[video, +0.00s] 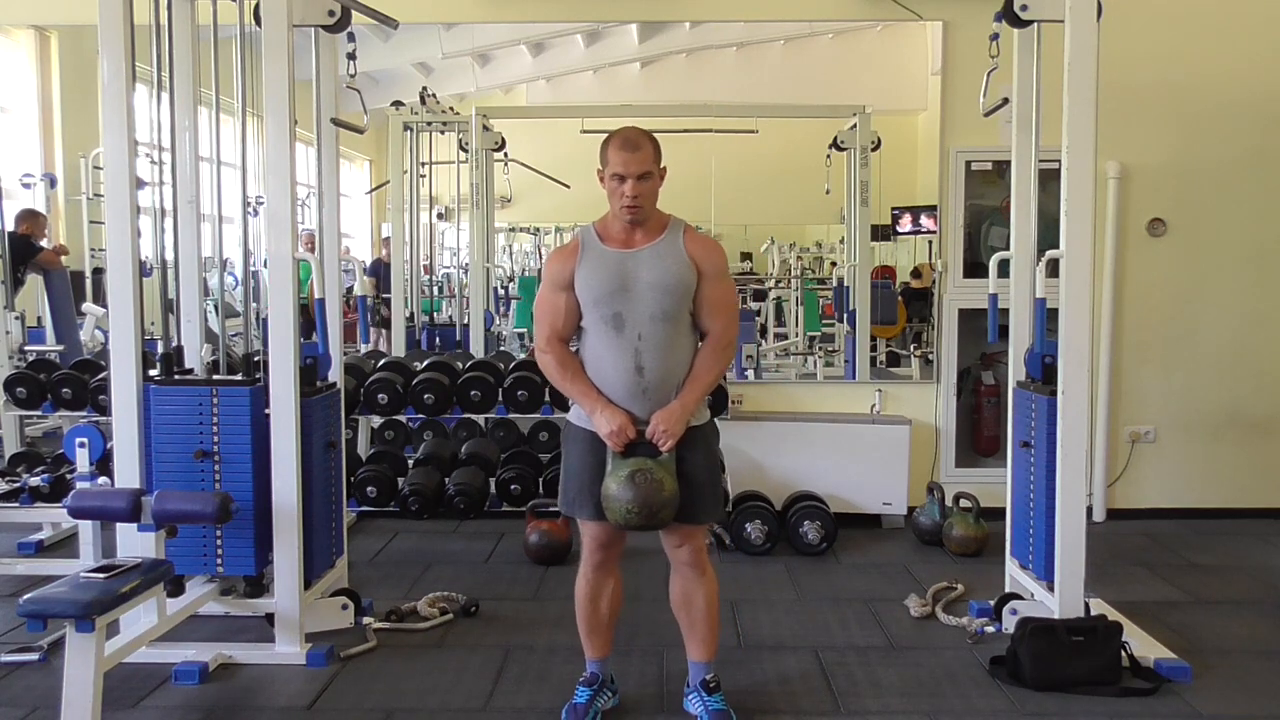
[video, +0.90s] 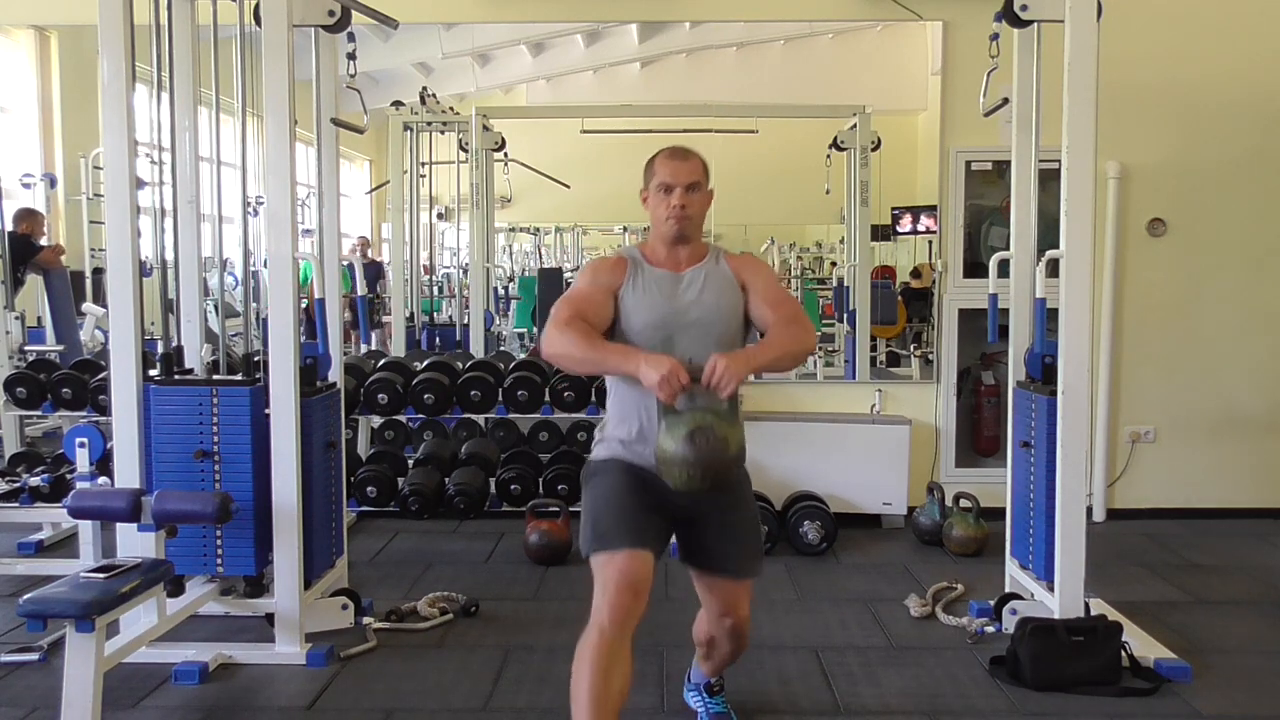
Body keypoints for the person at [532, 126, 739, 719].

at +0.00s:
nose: (631, 190)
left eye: (643, 178)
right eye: (619, 179)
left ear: (661, 175)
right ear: (602, 179)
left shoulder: (701, 252)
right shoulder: (568, 260)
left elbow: (721, 337)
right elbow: (549, 346)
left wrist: (684, 405)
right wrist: (598, 409)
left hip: (681, 427)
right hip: (594, 427)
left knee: (689, 548)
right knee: (598, 547)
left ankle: (702, 684)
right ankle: (596, 678)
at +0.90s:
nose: (680, 201)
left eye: (692, 189)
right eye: (666, 190)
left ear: (708, 198)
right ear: (646, 199)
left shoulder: (744, 271)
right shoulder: (610, 272)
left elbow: (801, 337)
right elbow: (557, 340)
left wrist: (748, 359)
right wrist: (639, 361)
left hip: (715, 461)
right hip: (628, 459)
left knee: (730, 620)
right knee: (620, 599)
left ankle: (702, 683)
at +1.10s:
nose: (654, 267)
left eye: (668, 255)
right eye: (640, 255)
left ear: (686, 263)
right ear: (618, 265)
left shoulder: (712, 326)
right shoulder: (587, 329)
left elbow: (809, 309)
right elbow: (518, 314)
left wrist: (735, 301)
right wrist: (619, 302)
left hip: (700, 538)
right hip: (605, 532)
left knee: (733, 703)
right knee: (605, 665)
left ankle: (711, 710)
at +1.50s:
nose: (645, 349)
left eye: (660, 335)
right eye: (630, 336)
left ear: (679, 343)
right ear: (607, 349)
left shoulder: (709, 401)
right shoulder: (581, 409)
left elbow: (730, 301)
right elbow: (565, 305)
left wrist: (696, 214)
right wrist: (605, 213)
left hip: (698, 634)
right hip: (598, 624)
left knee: (735, 710)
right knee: (596, 695)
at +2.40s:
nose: (658, 279)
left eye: (671, 263)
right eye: (641, 264)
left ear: (690, 266)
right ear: (617, 269)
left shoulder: (719, 334)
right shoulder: (591, 342)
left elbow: (746, 243)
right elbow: (563, 247)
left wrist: (706, 173)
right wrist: (610, 168)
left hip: (708, 557)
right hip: (613, 552)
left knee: (742, 705)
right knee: (626, 659)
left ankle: (711, 709)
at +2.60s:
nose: (680, 192)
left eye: (692, 184)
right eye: (665, 184)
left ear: (713, 204)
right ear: (640, 204)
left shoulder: (735, 265)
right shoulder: (616, 268)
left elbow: (776, 214)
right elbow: (573, 220)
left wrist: (724, 161)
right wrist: (625, 163)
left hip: (718, 472)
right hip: (633, 473)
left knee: (730, 628)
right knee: (618, 627)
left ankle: (703, 685)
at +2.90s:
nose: (687, 155)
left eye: (699, 147)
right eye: (675, 148)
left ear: (717, 166)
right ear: (656, 166)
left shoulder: (745, 224)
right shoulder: (630, 227)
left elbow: (804, 259)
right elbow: (569, 256)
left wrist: (739, 237)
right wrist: (637, 240)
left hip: (719, 424)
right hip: (634, 423)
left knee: (711, 558)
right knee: (620, 560)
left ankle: (707, 686)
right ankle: (609, 669)